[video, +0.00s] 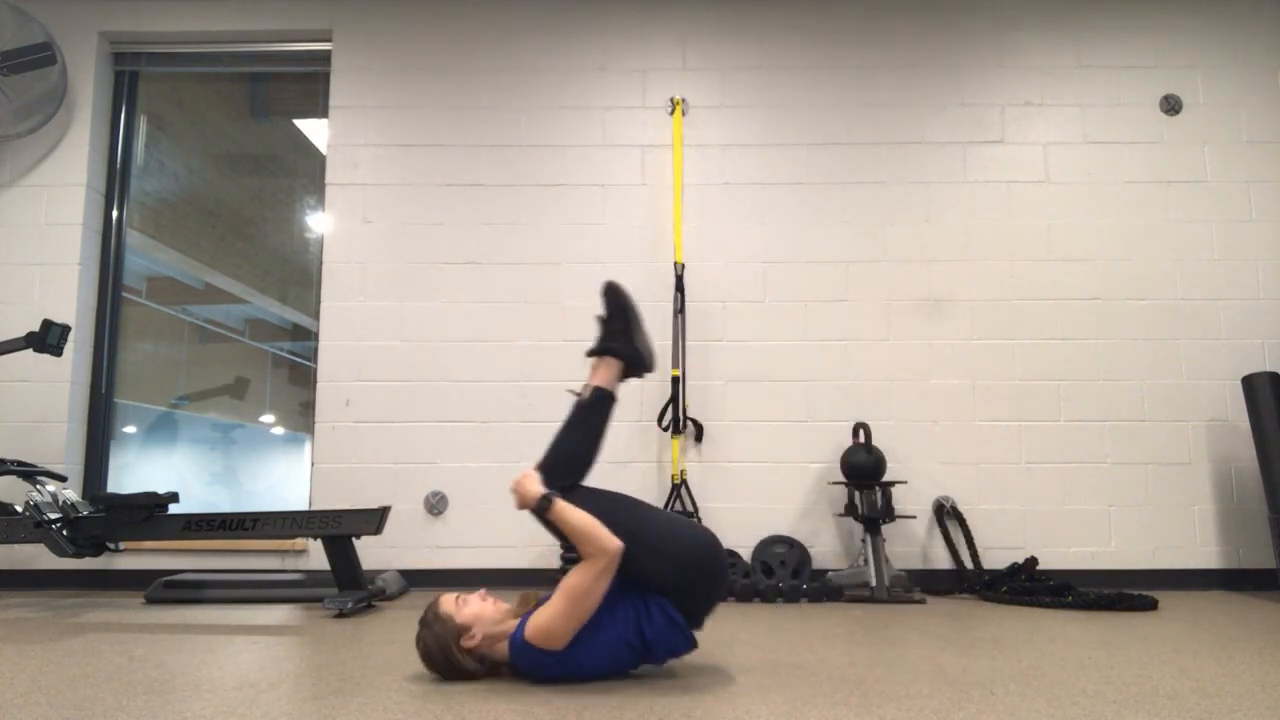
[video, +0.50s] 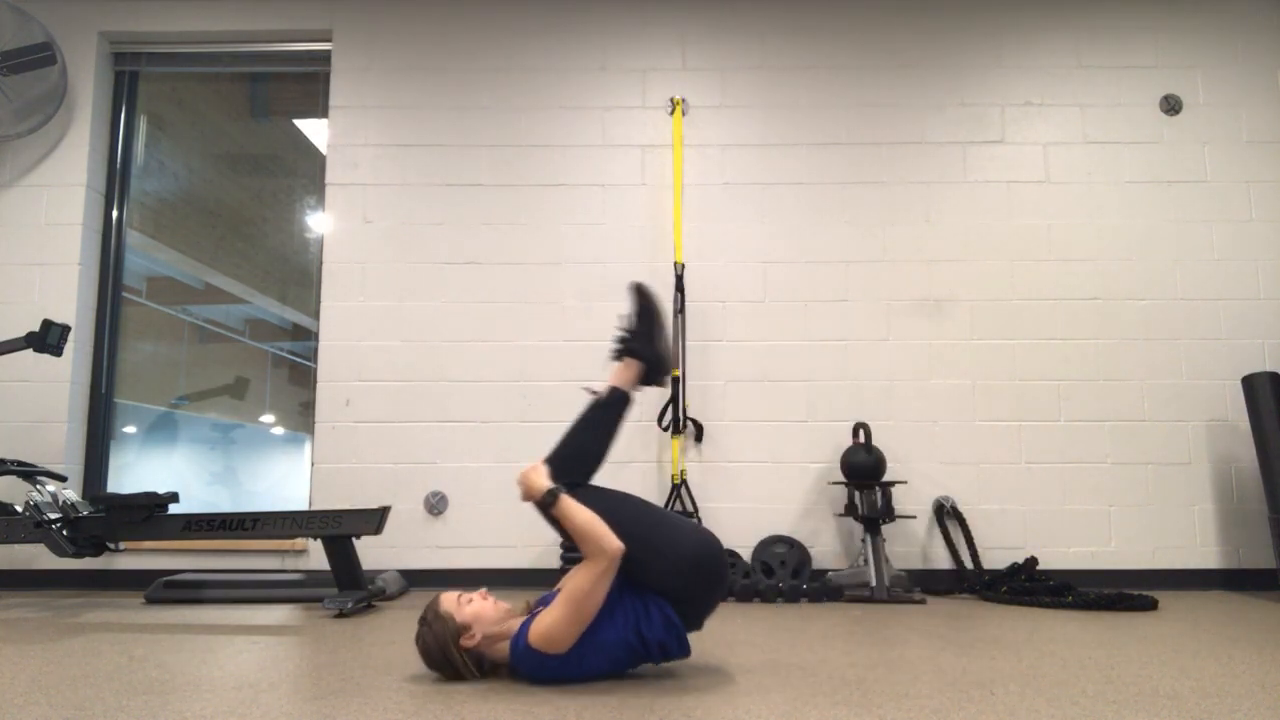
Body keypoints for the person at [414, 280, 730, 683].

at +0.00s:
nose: (479, 593)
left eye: (466, 594)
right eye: (465, 602)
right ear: (470, 639)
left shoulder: (530, 637)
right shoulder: (536, 641)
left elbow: (597, 557)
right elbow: (607, 552)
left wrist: (546, 501)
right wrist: (542, 501)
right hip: (693, 571)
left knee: (550, 493)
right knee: (554, 495)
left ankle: (610, 363)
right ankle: (613, 360)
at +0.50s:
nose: (480, 593)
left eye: (468, 593)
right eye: (466, 602)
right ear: (470, 638)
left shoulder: (533, 631)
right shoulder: (539, 644)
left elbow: (597, 559)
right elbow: (608, 553)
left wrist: (551, 496)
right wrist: (548, 496)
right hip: (693, 575)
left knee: (555, 489)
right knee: (561, 492)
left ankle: (631, 366)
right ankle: (635, 365)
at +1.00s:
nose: (592, 501)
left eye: (586, 492)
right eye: (581, 496)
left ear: (559, 519)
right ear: (555, 521)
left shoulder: (586, 560)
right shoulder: (589, 574)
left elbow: (682, 538)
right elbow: (691, 539)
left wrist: (717, 461)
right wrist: (722, 458)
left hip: (732, 631)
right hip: (741, 650)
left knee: (748, 467)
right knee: (749, 482)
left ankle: (893, 491)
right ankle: (882, 531)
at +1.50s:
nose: (701, 425)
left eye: (698, 416)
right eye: (693, 416)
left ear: (664, 429)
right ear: (663, 428)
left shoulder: (685, 479)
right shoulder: (667, 500)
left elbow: (765, 456)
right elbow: (782, 486)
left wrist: (819, 402)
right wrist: (850, 417)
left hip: (767, 615)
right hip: (762, 651)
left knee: (847, 497)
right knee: (857, 537)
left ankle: (987, 567)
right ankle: (904, 626)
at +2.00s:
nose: (794, 396)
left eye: (792, 384)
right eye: (787, 385)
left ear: (752, 392)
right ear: (754, 391)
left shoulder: (766, 451)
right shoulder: (753, 464)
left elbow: (849, 462)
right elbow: (857, 490)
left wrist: (923, 439)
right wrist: (960, 458)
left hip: (808, 610)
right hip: (784, 640)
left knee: (894, 527)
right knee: (927, 659)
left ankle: (1012, 626)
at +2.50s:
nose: (839, 393)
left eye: (836, 382)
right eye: (831, 382)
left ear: (796, 386)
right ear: (798, 386)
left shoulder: (798, 448)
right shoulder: (797, 457)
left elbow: (880, 495)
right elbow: (901, 508)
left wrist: (953, 491)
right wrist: (1015, 514)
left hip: (827, 610)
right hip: (796, 637)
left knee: (905, 535)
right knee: (938, 661)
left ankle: (1026, 629)